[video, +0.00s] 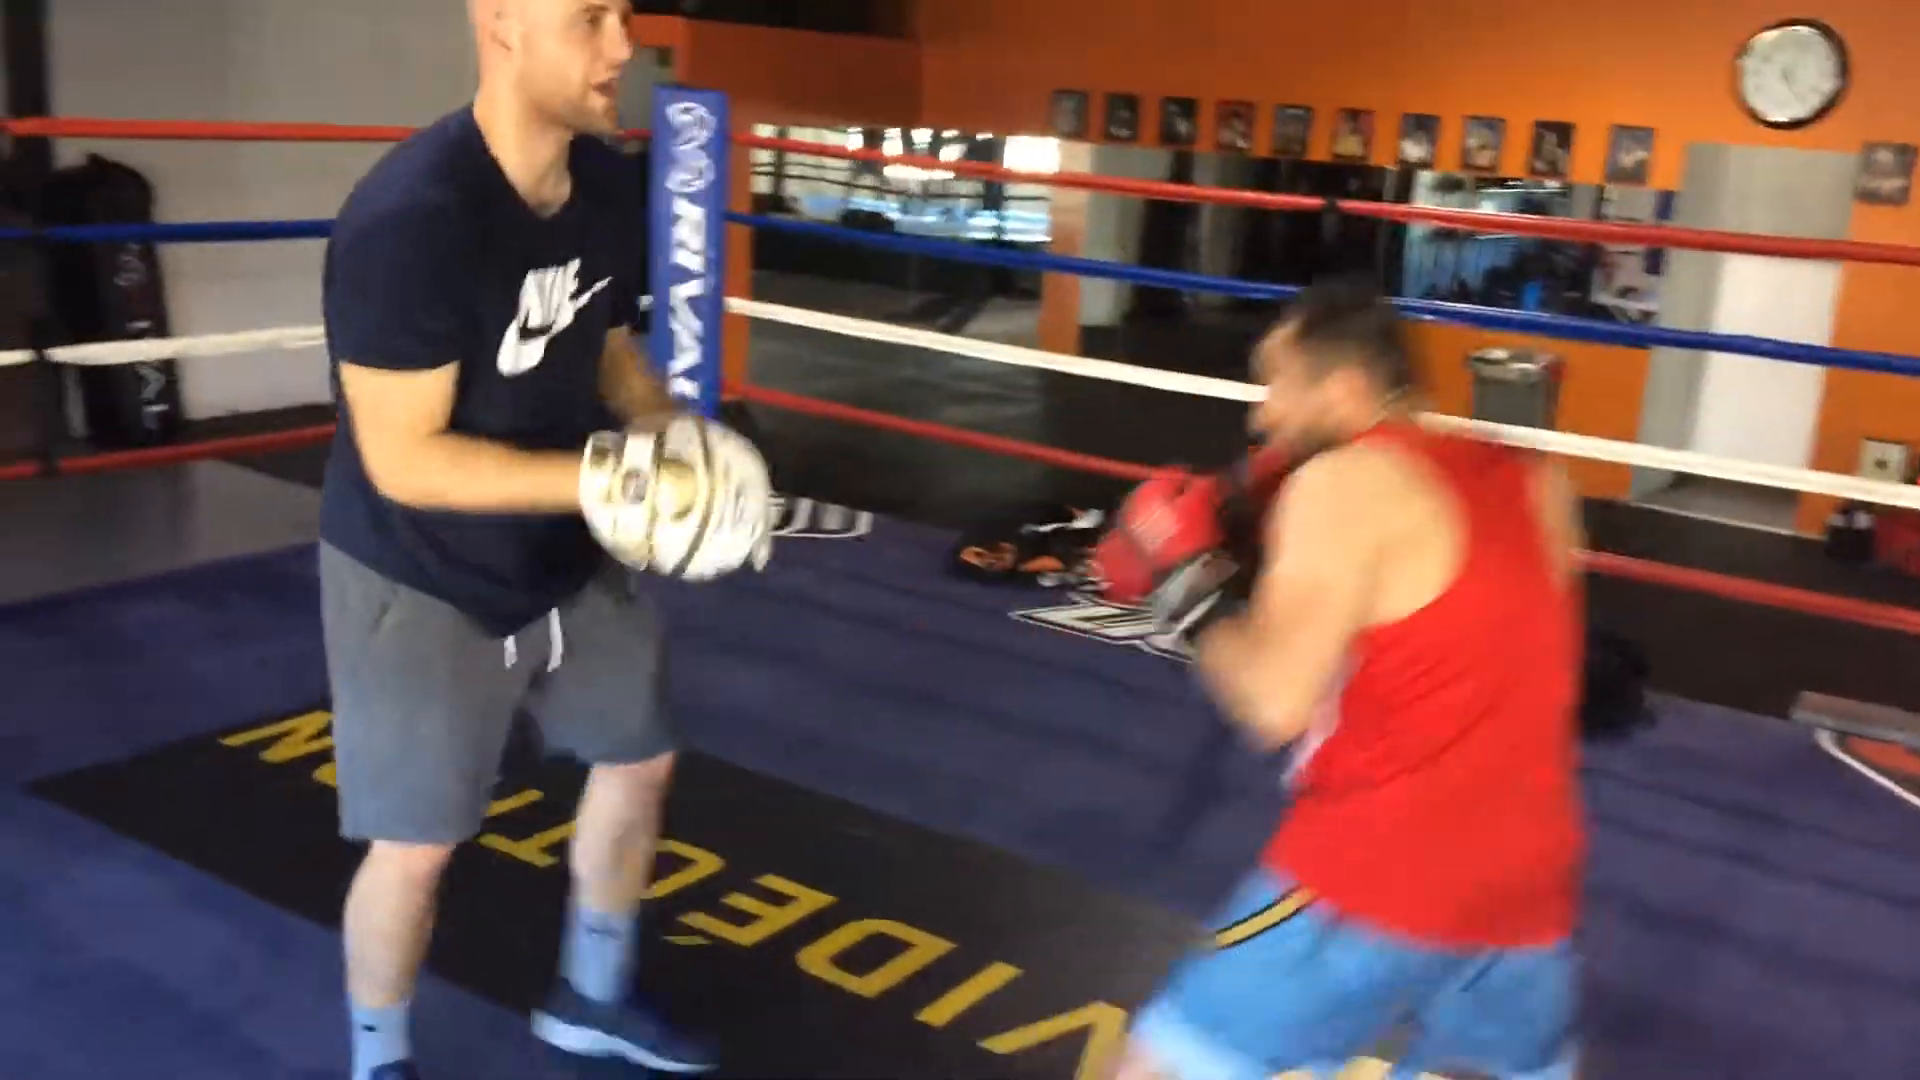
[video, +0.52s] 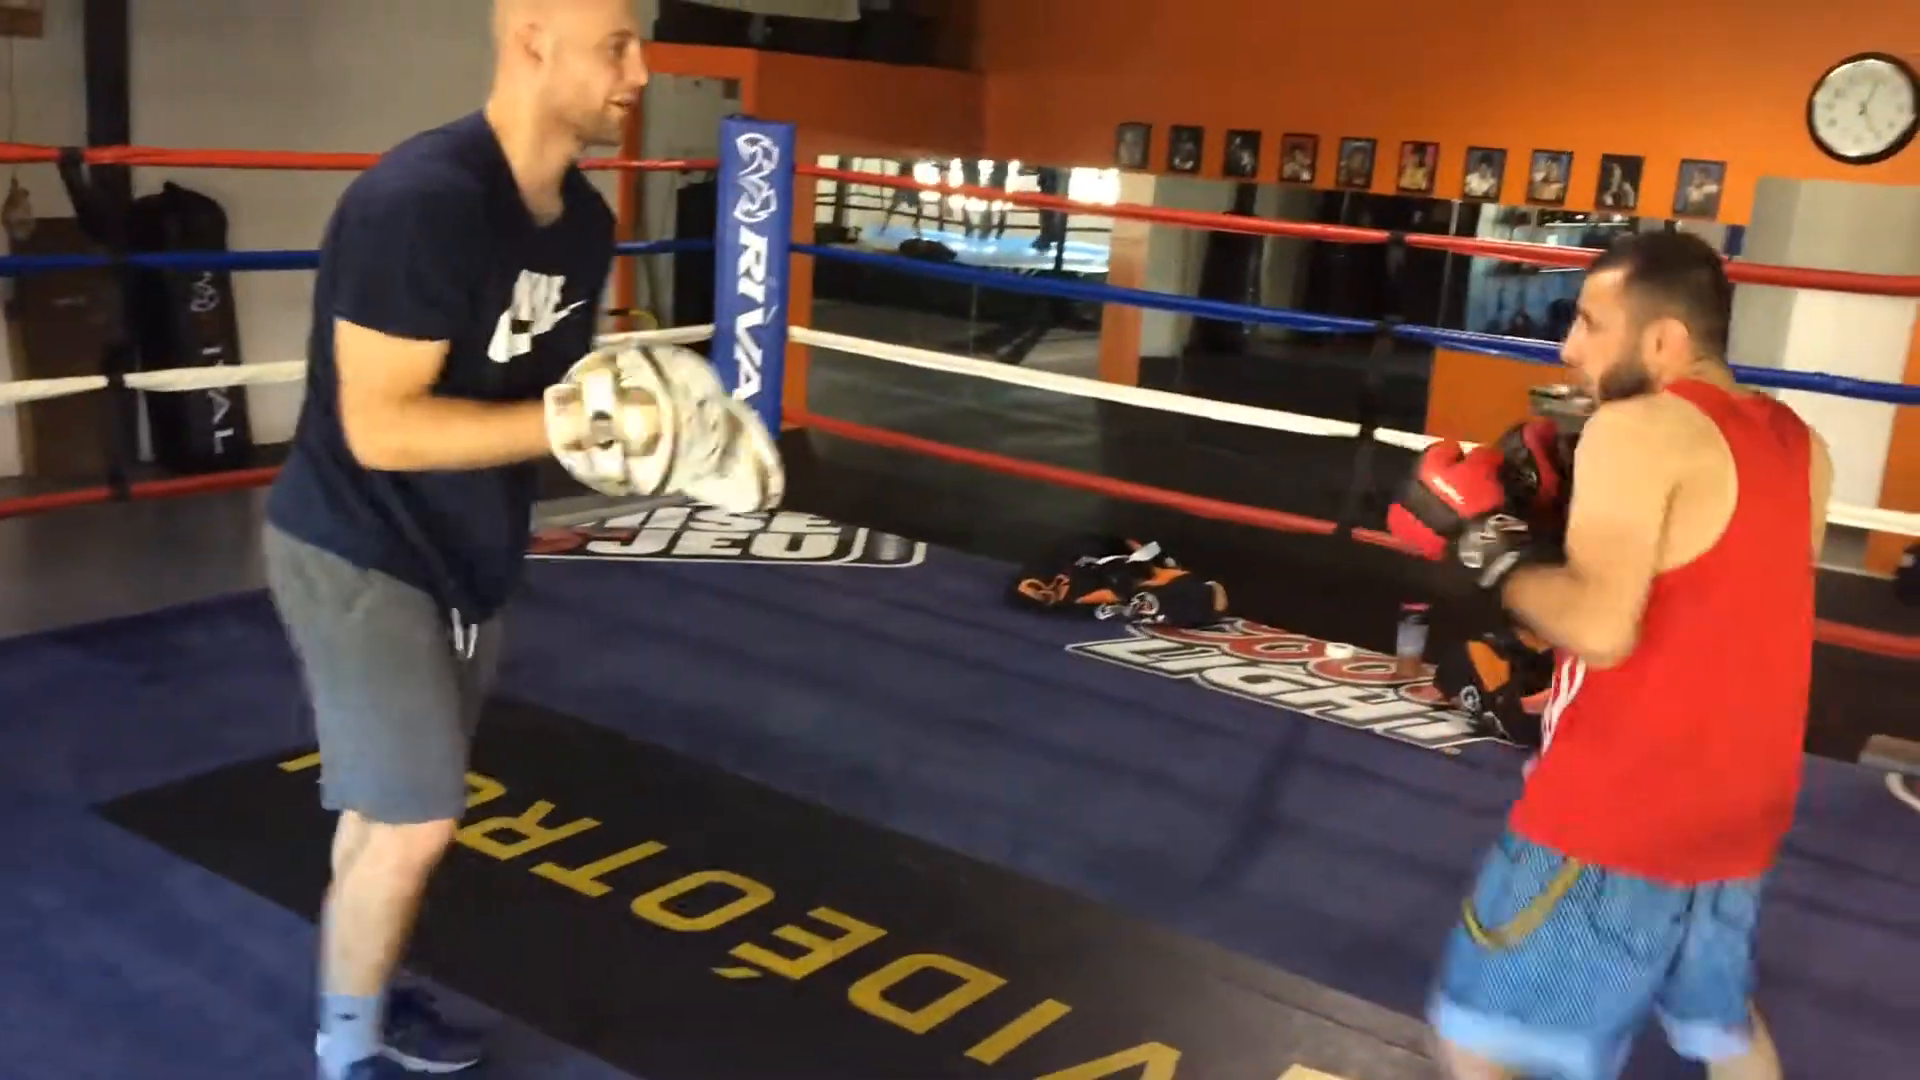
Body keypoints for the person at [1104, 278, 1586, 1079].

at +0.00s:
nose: (1262, 411)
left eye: (1275, 385)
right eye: (1263, 385)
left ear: (1342, 387)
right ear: (1381, 378)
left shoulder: (1341, 487)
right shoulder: (1528, 472)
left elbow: (1273, 702)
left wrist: (1189, 583)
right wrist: (1282, 522)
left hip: (1369, 889)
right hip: (1525, 893)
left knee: (1168, 1059)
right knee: (1518, 1069)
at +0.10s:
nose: (1366, 323)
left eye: (1381, 293)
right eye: (1368, 294)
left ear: (1454, 295)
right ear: (1483, 288)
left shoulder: (1452, 397)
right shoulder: (1621, 384)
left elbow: (1366, 605)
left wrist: (1284, 476)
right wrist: (1376, 437)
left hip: (1483, 805)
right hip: (1625, 808)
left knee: (1298, 1028)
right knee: (1578, 1038)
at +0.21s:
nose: (1460, 302)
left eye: (1476, 275)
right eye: (1463, 275)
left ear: (1553, 283)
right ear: (1571, 279)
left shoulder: (1535, 379)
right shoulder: (1726, 393)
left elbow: (1407, 573)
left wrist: (1351, 441)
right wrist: (1461, 419)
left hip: (1548, 811)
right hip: (1691, 807)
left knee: (1473, 1051)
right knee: (1658, 1017)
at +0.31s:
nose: (1536, 348)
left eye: (1553, 323)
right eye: (1541, 322)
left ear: (1631, 337)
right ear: (1658, 338)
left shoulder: (1586, 434)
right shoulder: (1787, 462)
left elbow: (1424, 605)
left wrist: (1394, 483)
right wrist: (1497, 478)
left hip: (1592, 888)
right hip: (1732, 879)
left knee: (1578, 1058)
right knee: (1713, 1035)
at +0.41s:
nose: (1568, 370)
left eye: (1589, 345)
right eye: (1576, 343)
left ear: (1664, 361)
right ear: (1692, 362)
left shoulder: (1624, 456)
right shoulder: (1811, 474)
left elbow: (1501, 639)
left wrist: (1440, 523)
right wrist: (1553, 515)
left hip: (1605, 885)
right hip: (1742, 880)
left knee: (1591, 1062)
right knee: (1724, 1060)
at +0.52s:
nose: (1569, 348)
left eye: (1591, 324)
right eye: (1576, 321)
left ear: (1667, 340)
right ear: (1682, 342)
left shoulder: (1635, 430)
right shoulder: (1798, 442)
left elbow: (1599, 622)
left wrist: (1493, 549)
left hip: (1619, 806)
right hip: (1743, 803)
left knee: (1480, 1037)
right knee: (1719, 1022)